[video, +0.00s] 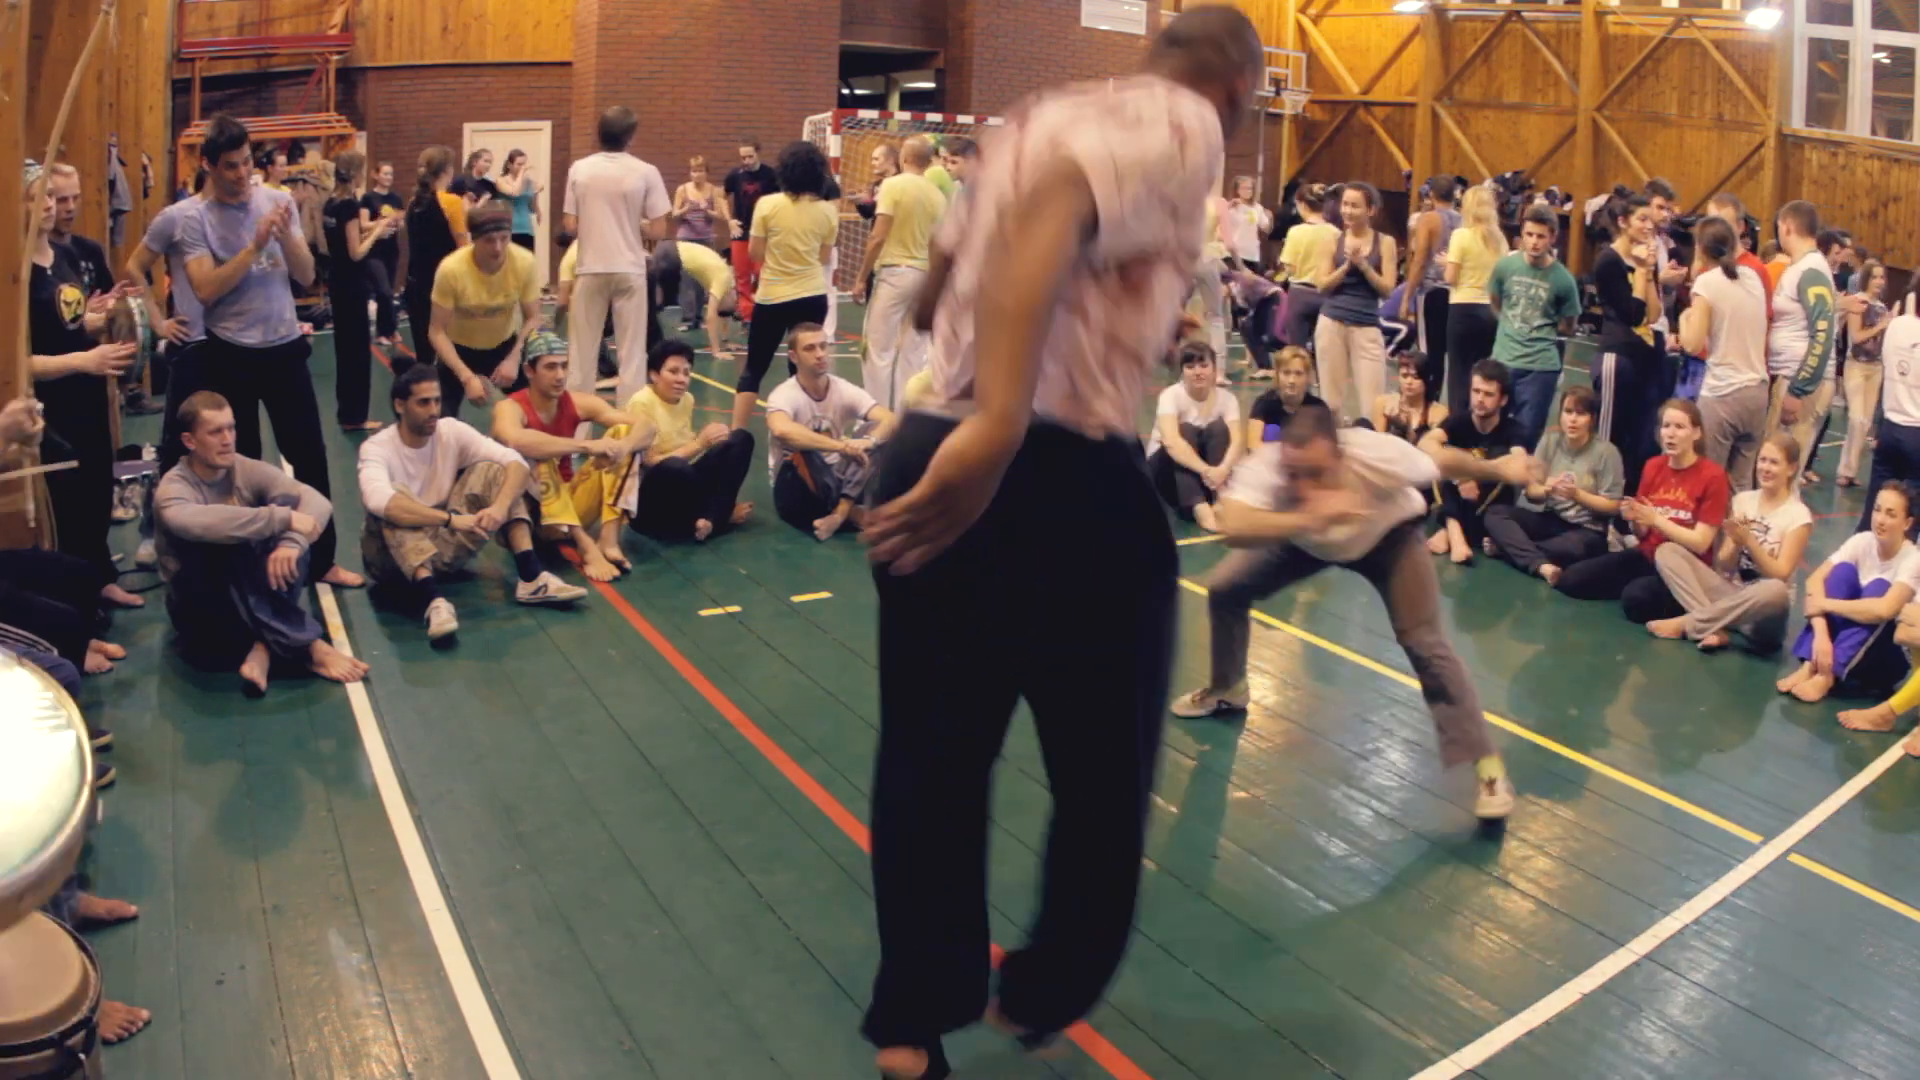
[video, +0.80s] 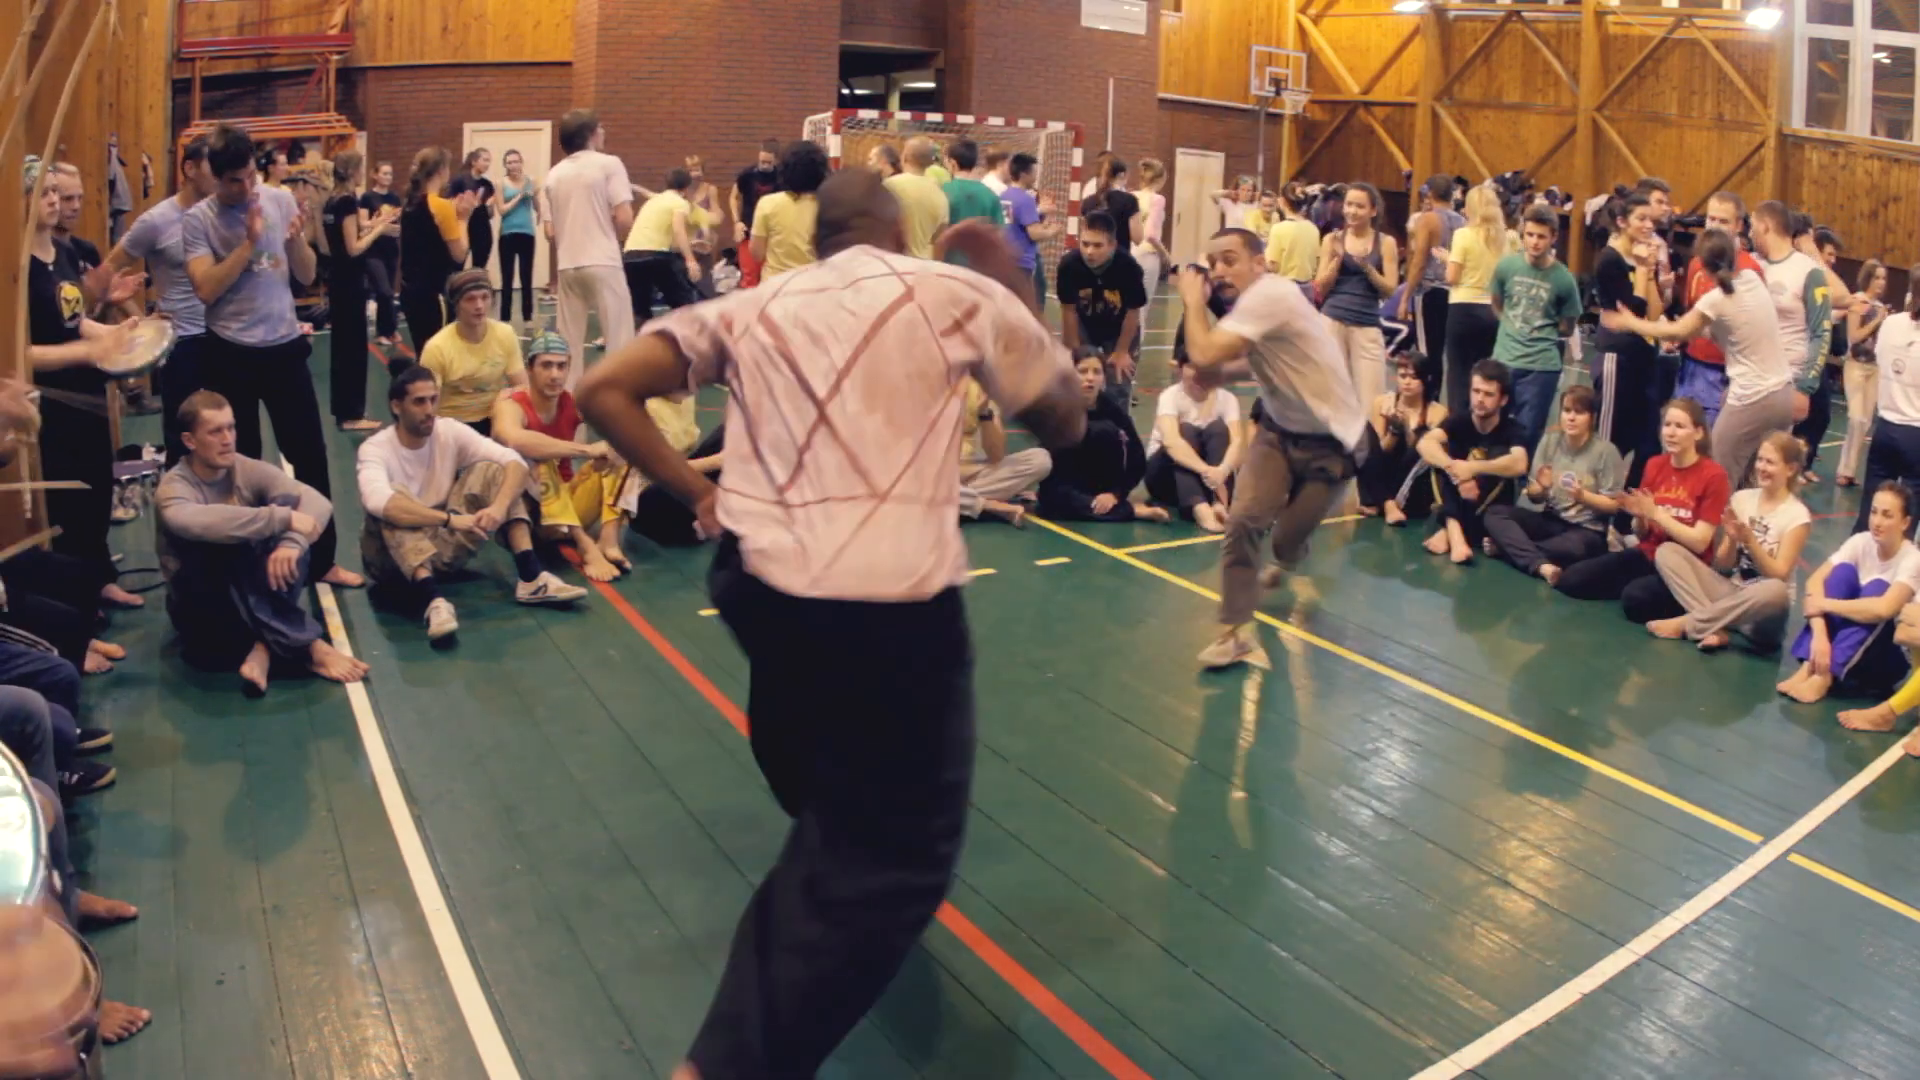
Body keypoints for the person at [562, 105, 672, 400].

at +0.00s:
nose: (632, 136)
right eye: (632, 132)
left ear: (599, 133)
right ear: (631, 135)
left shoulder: (579, 170)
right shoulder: (646, 172)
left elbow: (570, 225)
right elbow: (659, 230)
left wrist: (597, 225)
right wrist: (633, 224)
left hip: (590, 268)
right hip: (630, 269)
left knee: (582, 350)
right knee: (632, 350)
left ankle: (577, 424)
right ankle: (630, 426)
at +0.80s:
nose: (603, 134)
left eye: (601, 128)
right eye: (599, 129)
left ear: (567, 140)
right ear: (590, 135)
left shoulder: (553, 174)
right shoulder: (609, 164)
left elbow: (550, 231)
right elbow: (624, 217)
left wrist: (573, 236)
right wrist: (612, 240)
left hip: (568, 264)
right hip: (603, 261)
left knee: (570, 341)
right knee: (620, 339)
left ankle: (568, 402)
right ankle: (619, 405)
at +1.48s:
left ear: (611, 135)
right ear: (644, 136)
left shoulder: (594, 170)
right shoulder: (661, 172)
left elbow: (582, 224)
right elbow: (670, 229)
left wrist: (609, 217)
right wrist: (643, 221)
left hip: (602, 270)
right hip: (643, 270)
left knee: (592, 354)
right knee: (643, 355)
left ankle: (584, 437)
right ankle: (639, 435)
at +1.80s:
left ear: (622, 133)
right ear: (656, 135)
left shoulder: (604, 167)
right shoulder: (670, 173)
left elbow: (590, 220)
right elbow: (678, 230)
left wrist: (617, 210)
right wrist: (652, 220)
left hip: (608, 268)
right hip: (649, 269)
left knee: (605, 351)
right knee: (647, 354)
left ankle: (600, 430)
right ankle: (639, 430)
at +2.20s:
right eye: (648, 131)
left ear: (615, 134)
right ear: (649, 135)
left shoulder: (597, 168)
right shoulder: (664, 172)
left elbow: (583, 220)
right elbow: (674, 231)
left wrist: (611, 213)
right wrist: (650, 222)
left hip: (603, 269)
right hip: (643, 269)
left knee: (596, 349)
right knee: (645, 349)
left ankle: (589, 422)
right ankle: (643, 422)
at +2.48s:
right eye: (631, 129)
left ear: (597, 133)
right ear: (631, 133)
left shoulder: (581, 169)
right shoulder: (647, 171)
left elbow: (571, 224)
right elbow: (660, 227)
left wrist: (598, 215)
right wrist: (634, 214)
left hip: (593, 268)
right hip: (632, 268)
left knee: (589, 350)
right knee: (636, 351)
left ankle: (589, 422)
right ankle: (635, 423)